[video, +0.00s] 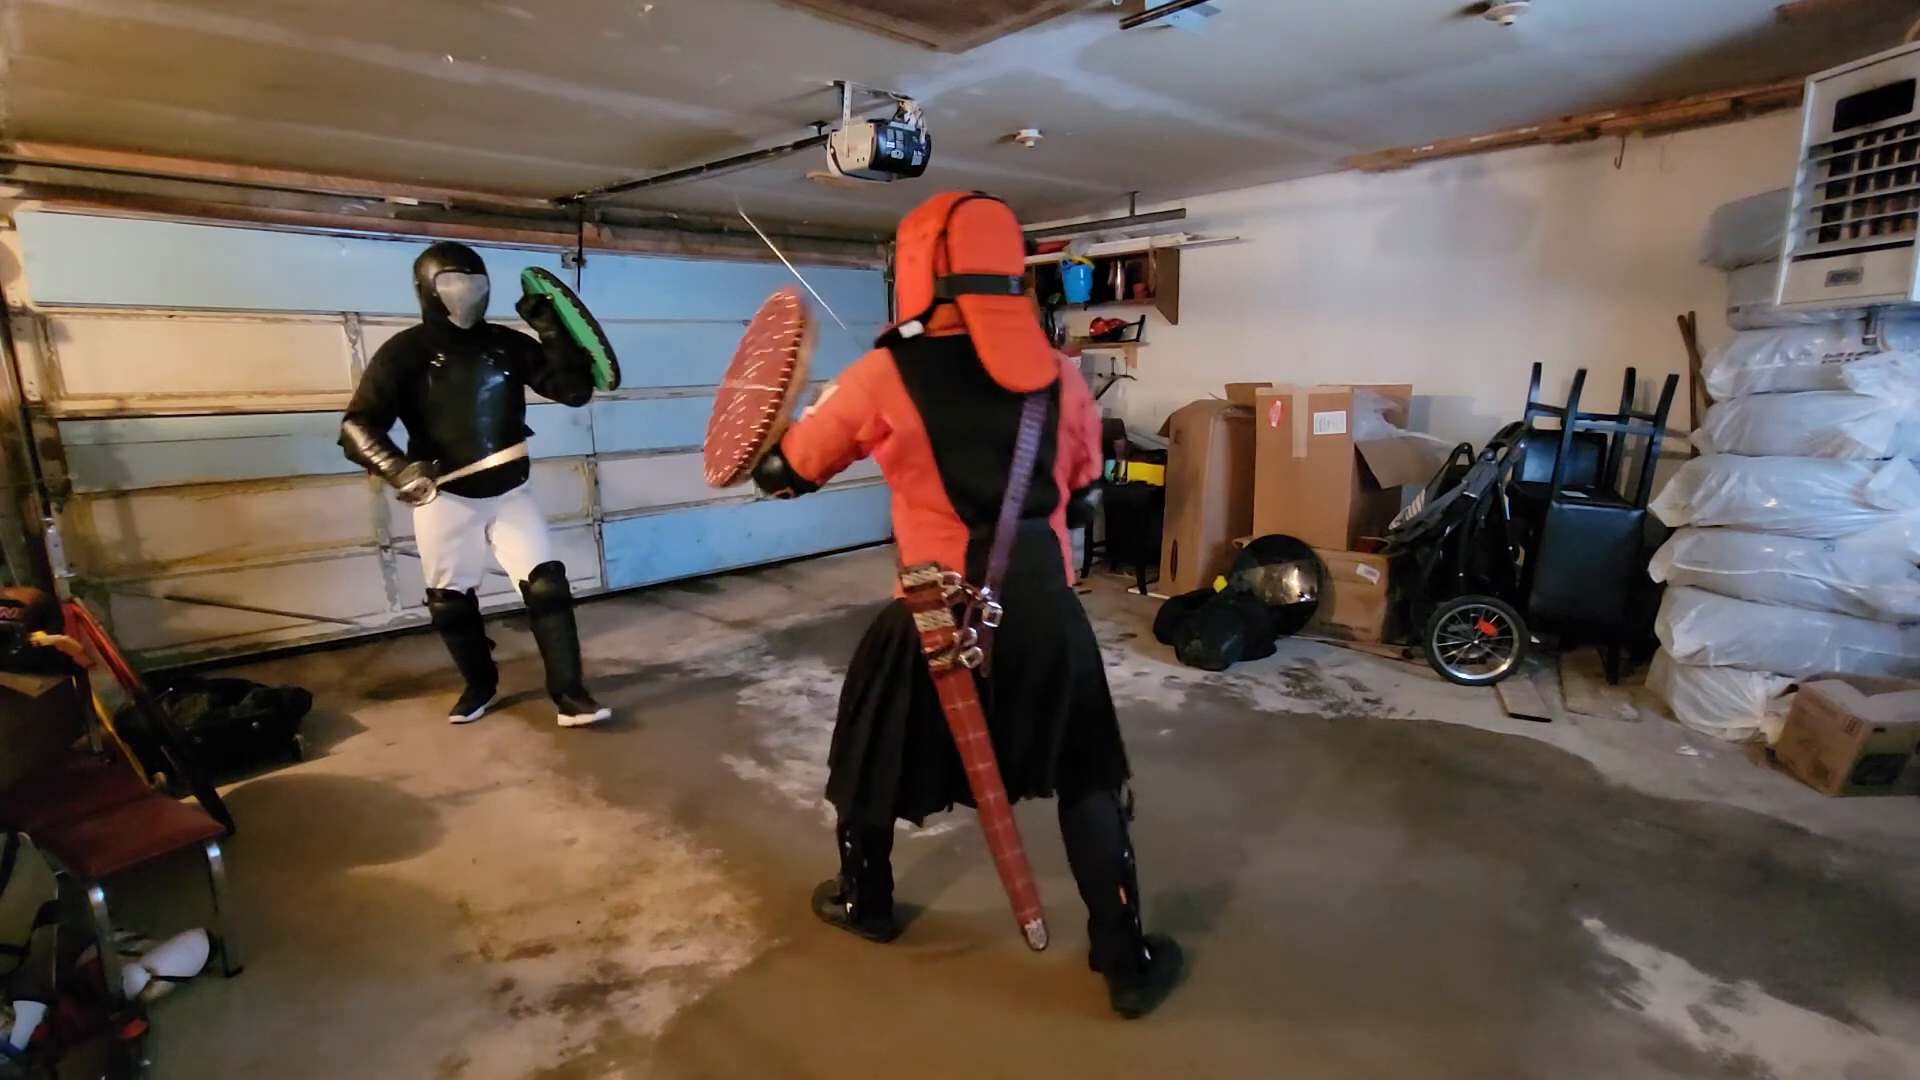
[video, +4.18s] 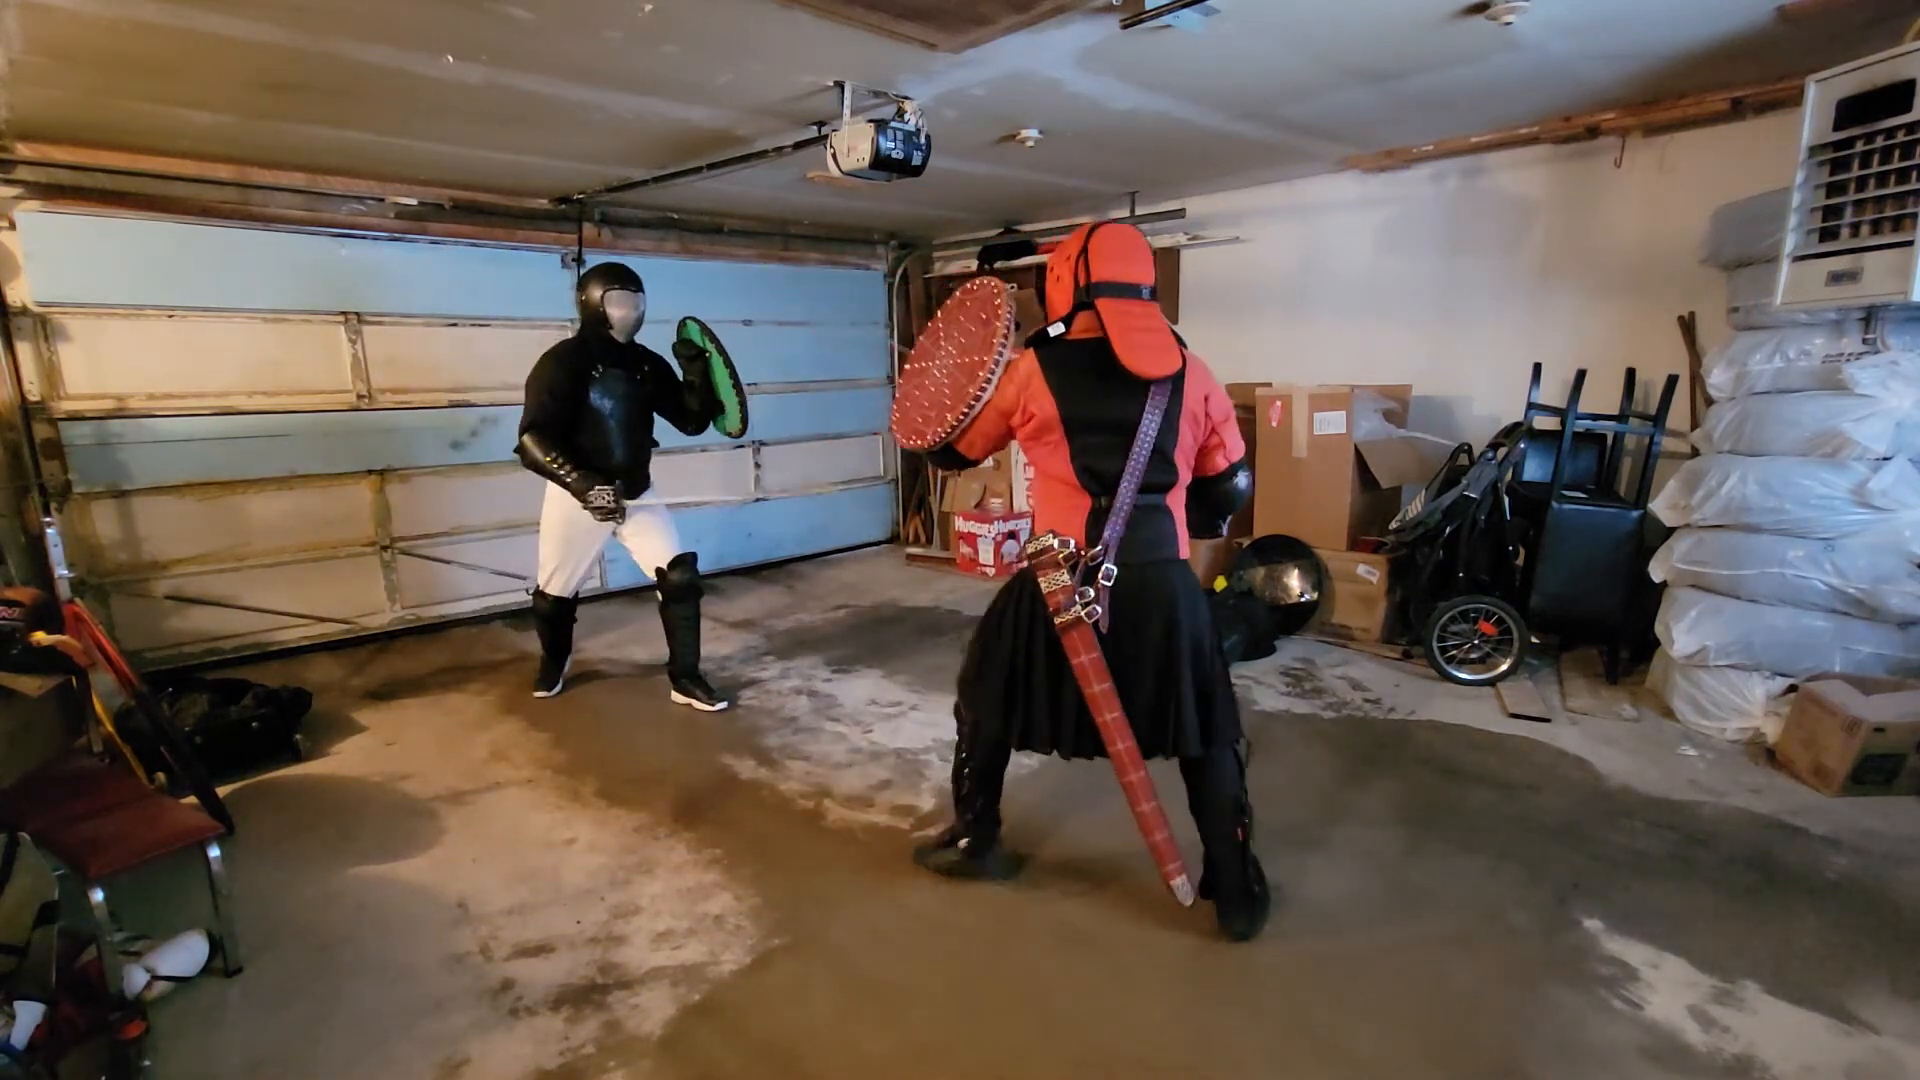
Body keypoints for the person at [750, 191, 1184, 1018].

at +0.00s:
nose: (896, 281)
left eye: (903, 267)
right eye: (900, 266)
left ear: (924, 274)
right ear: (1010, 272)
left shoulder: (886, 373)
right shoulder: (1061, 376)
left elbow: (803, 459)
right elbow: (1081, 482)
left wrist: (773, 453)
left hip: (933, 612)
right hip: (1046, 610)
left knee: (870, 744)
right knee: (1087, 772)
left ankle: (868, 897)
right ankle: (1126, 962)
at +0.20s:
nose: (943, 273)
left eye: (949, 260)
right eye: (950, 260)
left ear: (970, 267)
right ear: (1062, 264)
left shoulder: (934, 366)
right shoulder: (1107, 377)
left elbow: (833, 433)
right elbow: (1124, 489)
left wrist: (809, 391)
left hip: (967, 614)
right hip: (1080, 612)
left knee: (897, 746)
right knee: (1112, 774)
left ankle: (871, 893)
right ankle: (1131, 961)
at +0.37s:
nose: (970, 263)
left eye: (976, 249)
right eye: (976, 249)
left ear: (995, 255)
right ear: (1088, 254)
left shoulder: (960, 354)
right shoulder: (1135, 368)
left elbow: (849, 411)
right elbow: (1146, 500)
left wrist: (820, 374)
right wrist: (1123, 576)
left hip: (985, 600)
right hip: (1100, 603)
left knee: (912, 724)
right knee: (1123, 771)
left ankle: (876, 876)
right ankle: (1134, 960)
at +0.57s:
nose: (958, 268)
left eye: (965, 255)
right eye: (966, 255)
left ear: (984, 262)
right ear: (1075, 260)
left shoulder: (945, 360)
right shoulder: (1120, 370)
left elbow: (841, 428)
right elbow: (1137, 497)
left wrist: (831, 375)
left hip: (975, 608)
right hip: (1087, 610)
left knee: (919, 733)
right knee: (1114, 775)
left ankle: (872, 868)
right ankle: (1131, 962)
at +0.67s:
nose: (935, 276)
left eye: (941, 263)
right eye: (941, 264)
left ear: (960, 269)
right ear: (1046, 266)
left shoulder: (921, 365)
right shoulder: (1095, 372)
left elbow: (826, 443)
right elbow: (1110, 485)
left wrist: (809, 397)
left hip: (956, 605)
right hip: (1068, 606)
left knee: (899, 721)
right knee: (1102, 775)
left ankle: (866, 866)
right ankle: (1127, 959)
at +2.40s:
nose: (948, 305)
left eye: (951, 293)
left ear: (959, 298)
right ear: (1040, 297)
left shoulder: (927, 384)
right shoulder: (1093, 390)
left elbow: (847, 431)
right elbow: (1132, 509)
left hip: (962, 611)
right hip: (1073, 610)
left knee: (887, 726)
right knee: (1124, 745)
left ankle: (851, 856)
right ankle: (1151, 908)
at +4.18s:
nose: (1045, 292)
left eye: (1051, 281)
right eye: (1048, 280)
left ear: (1068, 286)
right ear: (1141, 286)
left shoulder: (1032, 369)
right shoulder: (1190, 373)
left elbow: (956, 449)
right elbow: (1226, 492)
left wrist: (934, 391)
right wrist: (1170, 517)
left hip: (1057, 578)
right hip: (1164, 580)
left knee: (985, 694)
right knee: (1207, 726)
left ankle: (974, 834)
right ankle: (1236, 890)